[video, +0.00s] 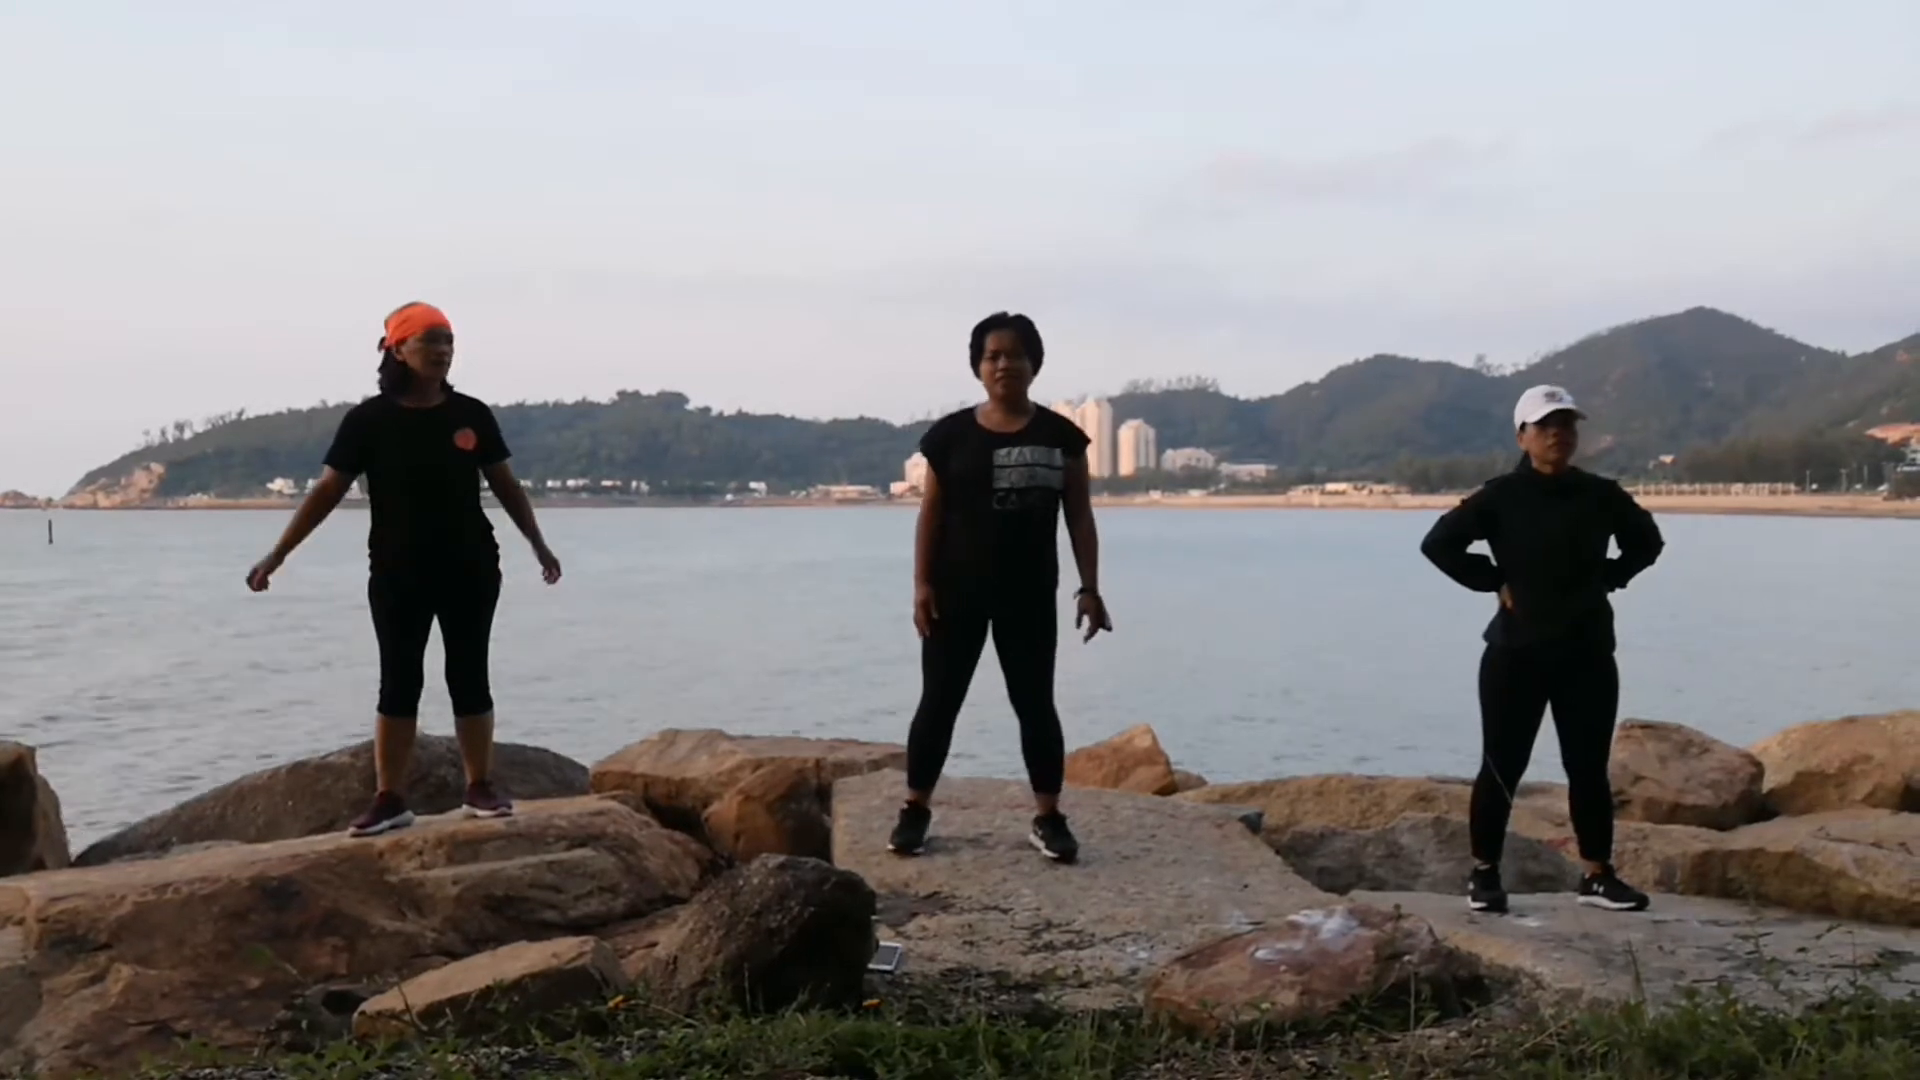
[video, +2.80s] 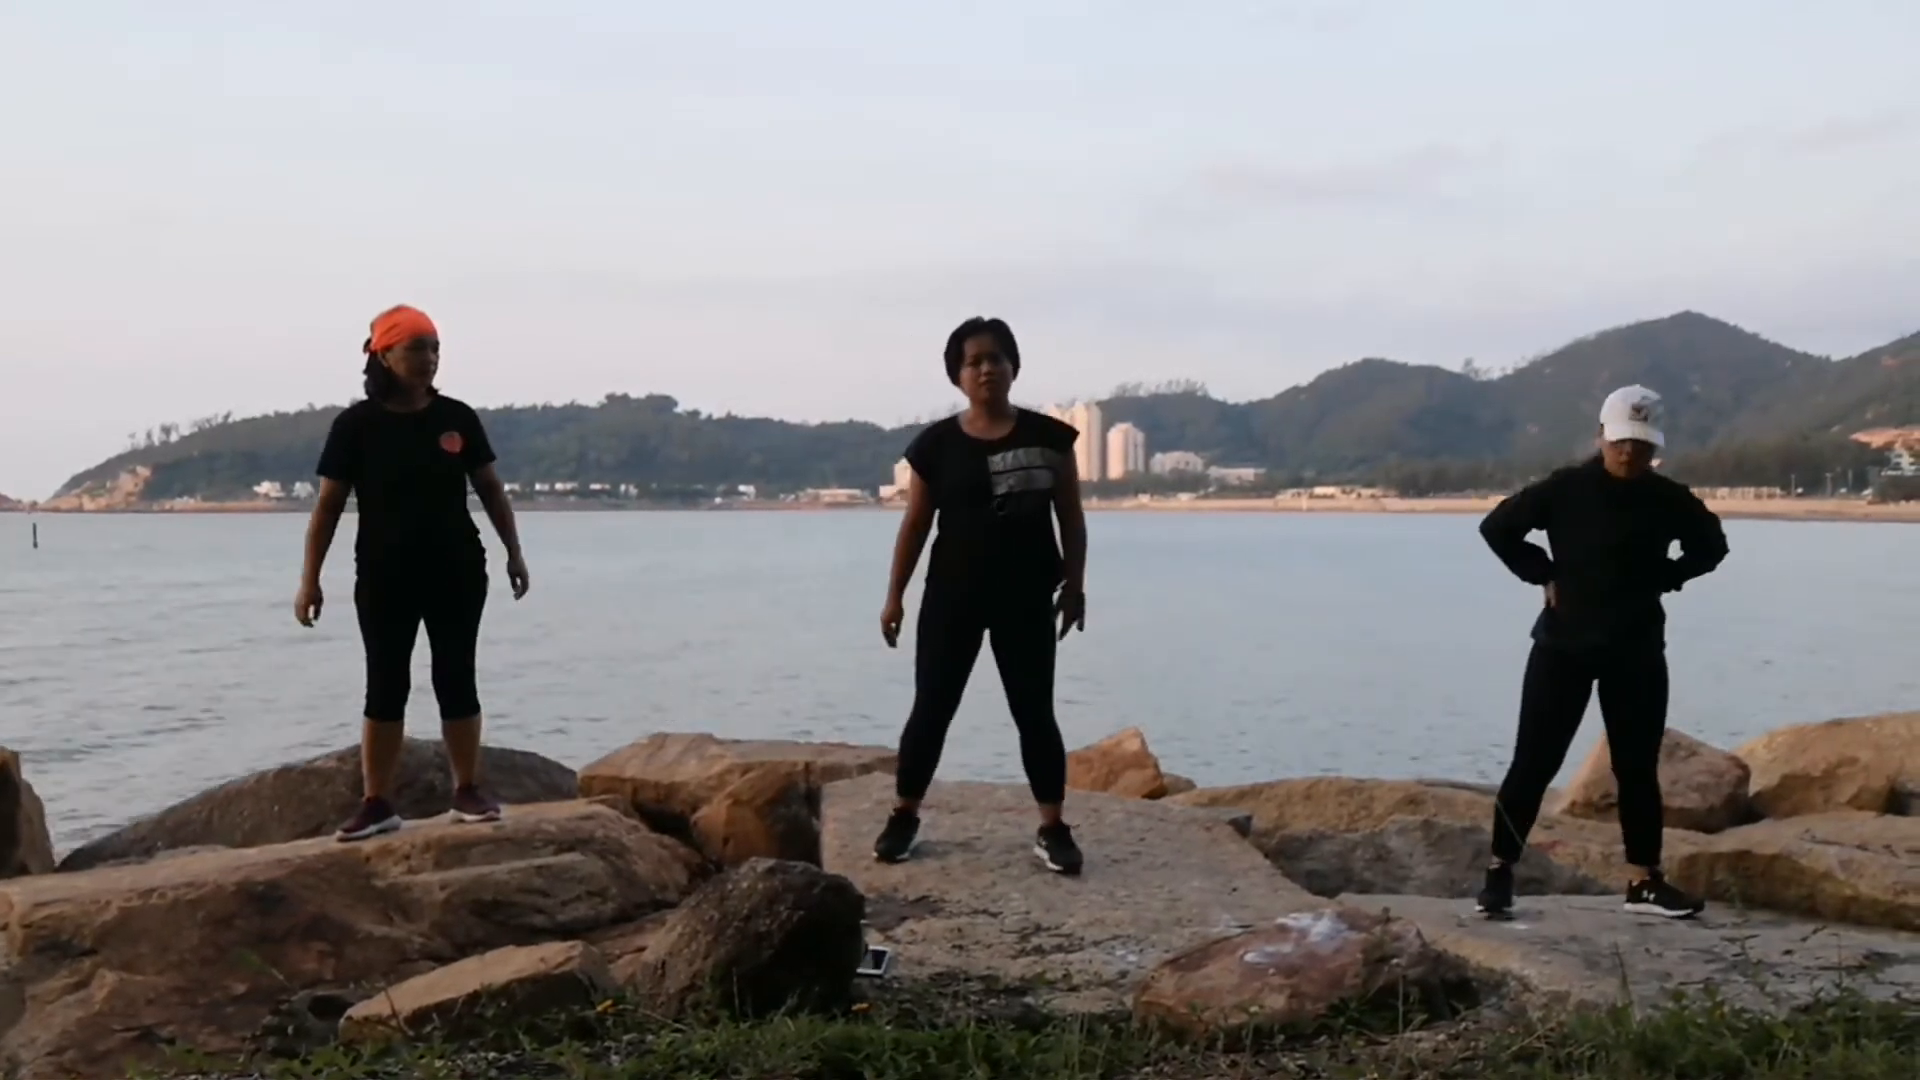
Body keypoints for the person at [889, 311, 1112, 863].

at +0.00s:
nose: (1002, 367)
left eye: (1014, 357)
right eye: (992, 358)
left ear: (1034, 365)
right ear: (978, 367)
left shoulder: (1062, 437)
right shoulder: (948, 437)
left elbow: (1079, 517)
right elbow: (929, 517)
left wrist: (1089, 586)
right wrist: (922, 585)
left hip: (1029, 595)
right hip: (958, 594)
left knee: (1036, 707)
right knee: (938, 703)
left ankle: (1049, 815)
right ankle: (915, 810)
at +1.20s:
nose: (1003, 368)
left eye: (1015, 357)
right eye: (992, 360)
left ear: (1037, 363)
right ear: (981, 370)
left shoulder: (1072, 430)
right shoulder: (962, 436)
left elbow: (1100, 498)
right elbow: (938, 519)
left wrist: (1039, 522)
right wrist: (933, 589)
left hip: (1047, 595)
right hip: (977, 593)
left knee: (1049, 710)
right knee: (953, 705)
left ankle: (1052, 824)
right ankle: (917, 809)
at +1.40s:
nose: (1020, 366)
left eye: (1032, 356)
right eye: (1010, 356)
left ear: (1054, 365)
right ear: (996, 367)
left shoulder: (1078, 426)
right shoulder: (973, 429)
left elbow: (1057, 482)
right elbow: (964, 510)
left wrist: (984, 460)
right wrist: (966, 584)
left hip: (1048, 590)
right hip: (981, 585)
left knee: (1048, 710)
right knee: (951, 703)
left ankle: (1051, 824)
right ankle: (917, 811)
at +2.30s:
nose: (946, 370)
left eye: (957, 360)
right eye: (935, 360)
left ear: (972, 369)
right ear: (915, 369)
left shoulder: (995, 434)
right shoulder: (891, 437)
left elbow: (999, 511)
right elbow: (887, 522)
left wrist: (927, 502)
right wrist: (895, 597)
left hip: (972, 591)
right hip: (906, 590)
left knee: (1002, 706)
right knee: (906, 710)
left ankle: (1032, 815)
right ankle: (903, 815)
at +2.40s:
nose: (945, 369)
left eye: (954, 359)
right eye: (933, 360)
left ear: (970, 367)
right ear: (913, 369)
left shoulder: (995, 433)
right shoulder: (885, 441)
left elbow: (1010, 511)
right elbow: (877, 528)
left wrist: (957, 536)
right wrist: (890, 594)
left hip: (975, 592)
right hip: (907, 591)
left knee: (1006, 704)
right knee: (906, 711)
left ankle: (1038, 814)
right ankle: (903, 815)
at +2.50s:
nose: (948, 370)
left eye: (957, 360)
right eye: (936, 361)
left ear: (973, 368)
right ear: (916, 371)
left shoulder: (1001, 437)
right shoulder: (888, 445)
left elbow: (1023, 519)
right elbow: (874, 527)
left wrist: (992, 571)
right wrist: (881, 592)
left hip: (979, 594)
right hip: (910, 598)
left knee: (1011, 709)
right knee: (907, 714)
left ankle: (1046, 817)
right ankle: (902, 817)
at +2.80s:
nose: (986, 371)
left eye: (996, 360)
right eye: (974, 362)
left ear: (1013, 368)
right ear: (957, 374)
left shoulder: (1050, 439)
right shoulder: (935, 447)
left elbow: (1071, 518)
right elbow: (914, 526)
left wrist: (1075, 583)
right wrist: (895, 594)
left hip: (1026, 600)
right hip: (953, 600)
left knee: (1036, 714)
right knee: (930, 710)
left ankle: (1053, 826)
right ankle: (904, 817)